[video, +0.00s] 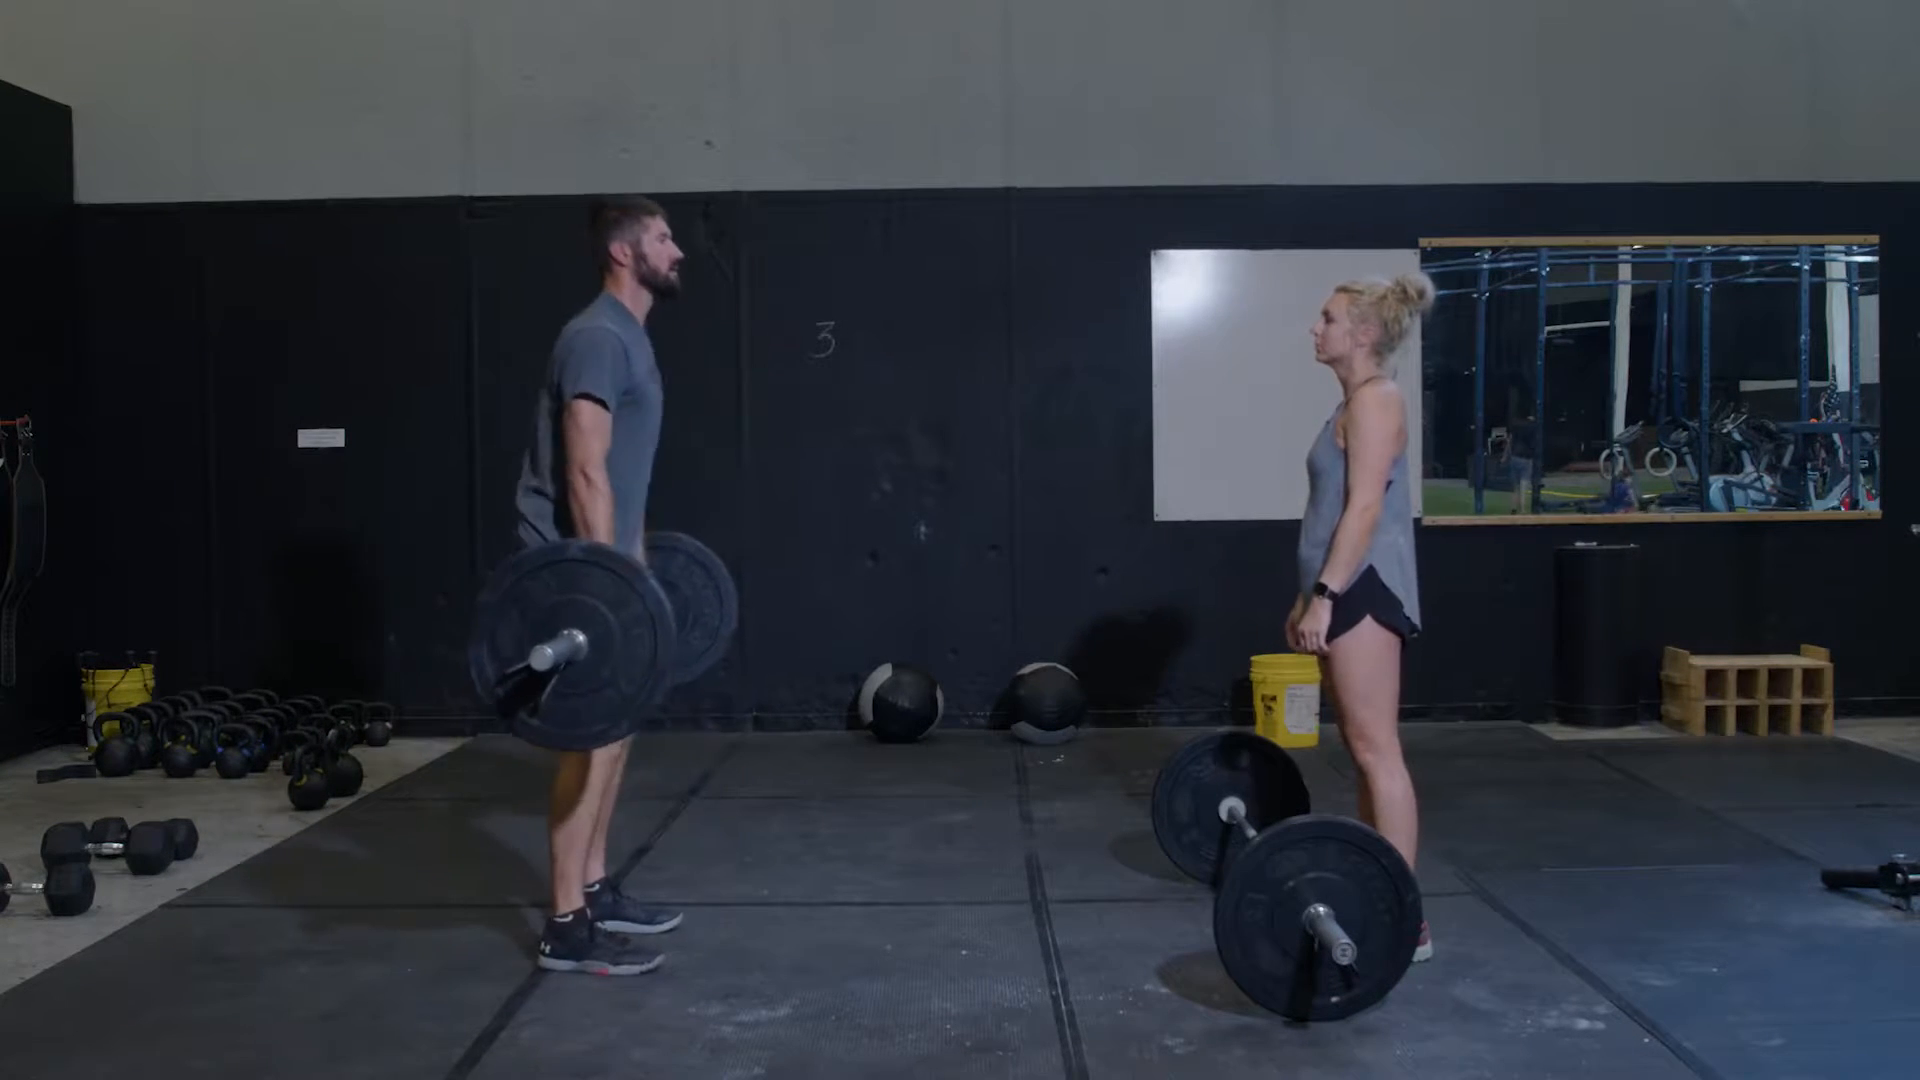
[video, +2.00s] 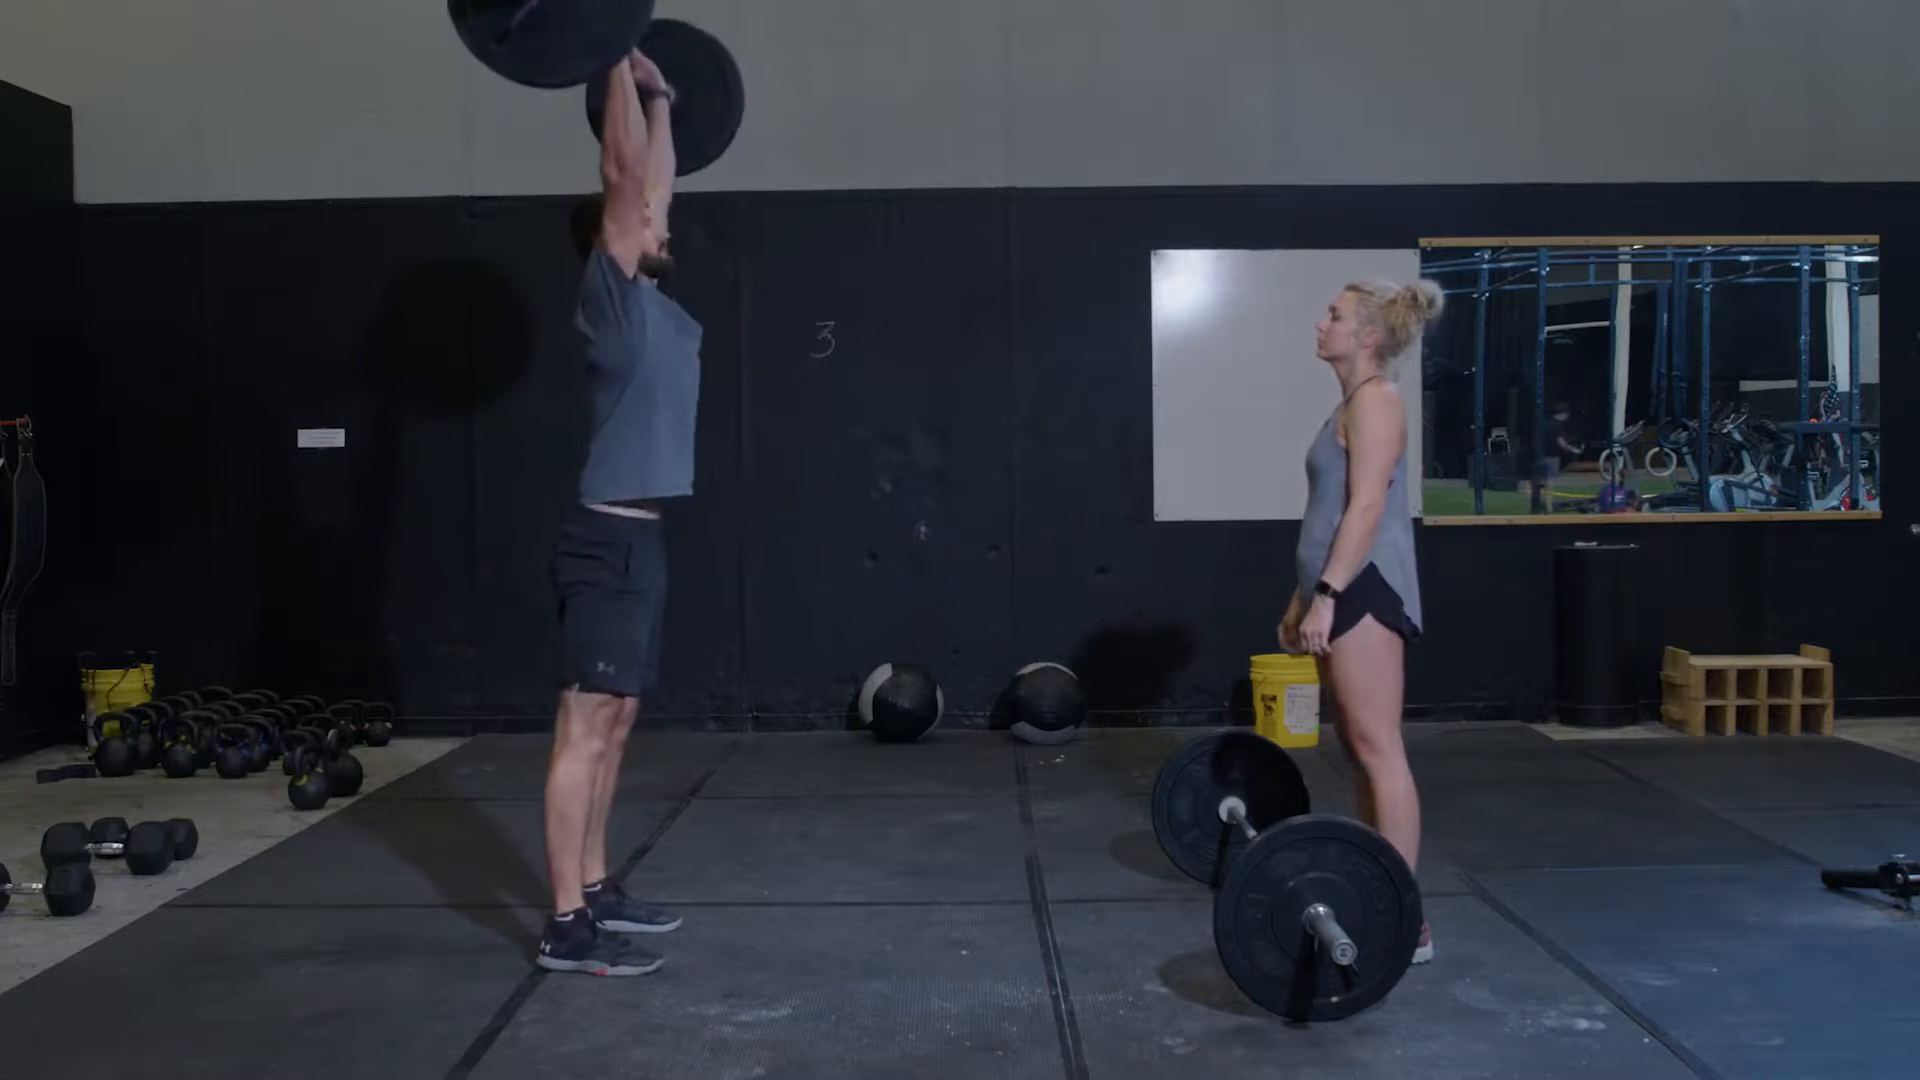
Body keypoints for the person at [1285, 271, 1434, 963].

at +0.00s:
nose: (1316, 329)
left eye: (1329, 320)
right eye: (1320, 318)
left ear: (1365, 333)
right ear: (1356, 334)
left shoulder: (1375, 400)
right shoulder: (1354, 403)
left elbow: (1365, 508)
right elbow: (1338, 512)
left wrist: (1325, 594)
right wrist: (1310, 594)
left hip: (1366, 593)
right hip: (1346, 592)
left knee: (1377, 749)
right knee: (1365, 748)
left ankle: (1399, 912)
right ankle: (1378, 901)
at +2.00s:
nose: (1321, 324)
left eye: (1335, 317)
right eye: (1325, 314)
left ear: (1369, 336)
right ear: (1358, 336)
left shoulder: (1375, 402)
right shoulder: (1351, 405)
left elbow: (1367, 509)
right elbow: (1331, 513)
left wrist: (1327, 593)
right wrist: (1304, 594)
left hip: (1367, 593)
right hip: (1342, 593)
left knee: (1378, 748)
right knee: (1359, 747)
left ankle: (1401, 914)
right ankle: (1375, 903)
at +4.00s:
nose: (1321, 330)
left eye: (1334, 322)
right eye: (1325, 320)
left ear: (1370, 335)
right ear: (1358, 337)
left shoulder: (1378, 402)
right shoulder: (1356, 403)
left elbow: (1366, 512)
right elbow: (1339, 514)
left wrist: (1326, 596)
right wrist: (1310, 595)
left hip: (1366, 590)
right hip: (1346, 590)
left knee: (1366, 746)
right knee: (1357, 743)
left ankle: (1398, 912)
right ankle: (1383, 903)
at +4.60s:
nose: (1279, 379)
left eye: (1282, 365)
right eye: (1274, 369)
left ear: (1318, 347)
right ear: (1312, 350)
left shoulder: (1364, 405)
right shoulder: (1337, 417)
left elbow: (1361, 519)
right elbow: (1332, 528)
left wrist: (1334, 612)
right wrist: (1308, 618)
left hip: (1401, 588)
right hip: (1365, 591)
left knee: (1382, 748)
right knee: (1348, 743)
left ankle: (1402, 919)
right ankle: (1370, 903)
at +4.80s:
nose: (1235, 453)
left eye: (1236, 439)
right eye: (1228, 443)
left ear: (1266, 415)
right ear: (1259, 418)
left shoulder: (1327, 457)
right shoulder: (1295, 476)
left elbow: (1336, 573)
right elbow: (1303, 578)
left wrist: (1328, 673)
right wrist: (1299, 673)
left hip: (1448, 595)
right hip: (1395, 606)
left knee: (1396, 743)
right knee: (1360, 739)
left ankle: (1407, 921)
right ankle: (1369, 901)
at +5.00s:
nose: (1212, 547)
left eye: (1214, 532)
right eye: (1207, 535)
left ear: (1244, 509)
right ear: (1243, 512)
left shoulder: (1303, 548)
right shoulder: (1280, 561)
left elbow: (1306, 667)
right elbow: (1280, 669)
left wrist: (1291, 771)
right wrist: (1269, 758)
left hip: (1473, 612)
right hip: (1420, 623)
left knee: (1388, 749)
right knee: (1351, 739)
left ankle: (1407, 924)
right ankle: (1368, 901)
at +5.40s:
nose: (1202, 574)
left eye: (1209, 561)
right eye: (1202, 562)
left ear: (1252, 556)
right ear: (1252, 559)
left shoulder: (1306, 598)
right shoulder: (1279, 603)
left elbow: (1305, 718)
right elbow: (1275, 713)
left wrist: (1298, 825)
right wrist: (1269, 806)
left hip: (1480, 629)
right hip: (1426, 636)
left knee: (1376, 752)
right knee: (1339, 740)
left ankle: (1407, 923)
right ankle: (1374, 893)